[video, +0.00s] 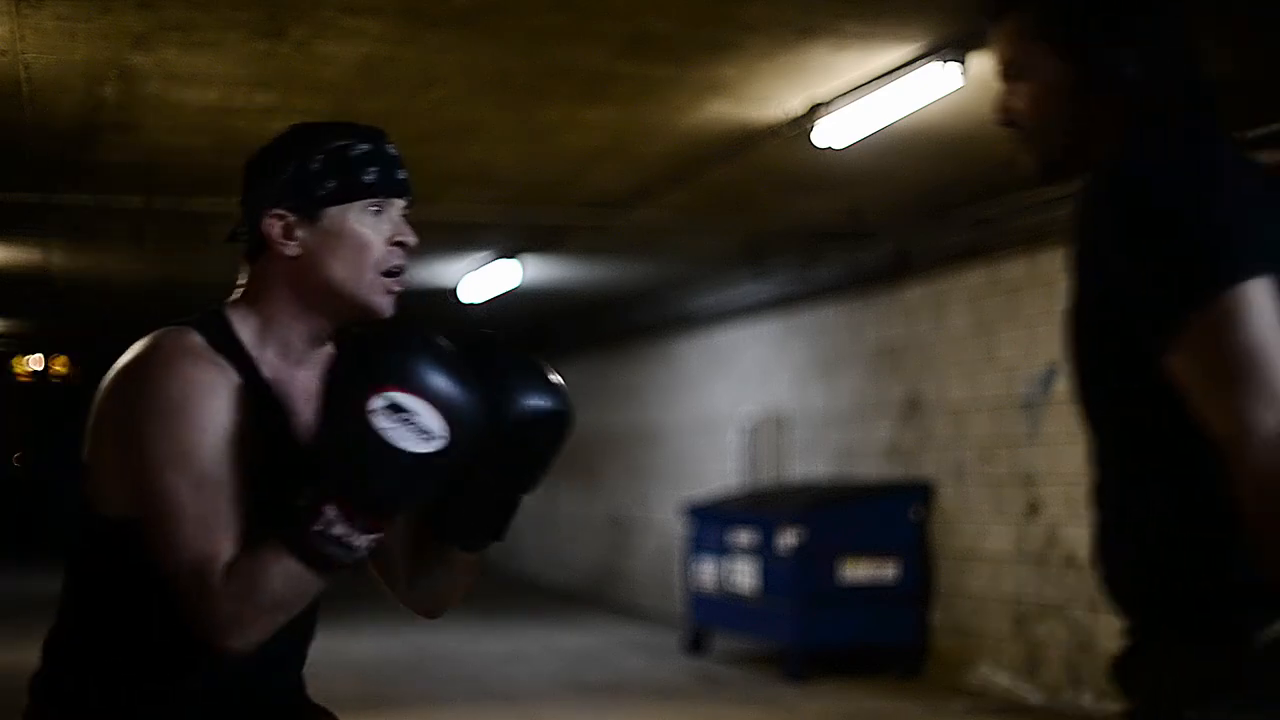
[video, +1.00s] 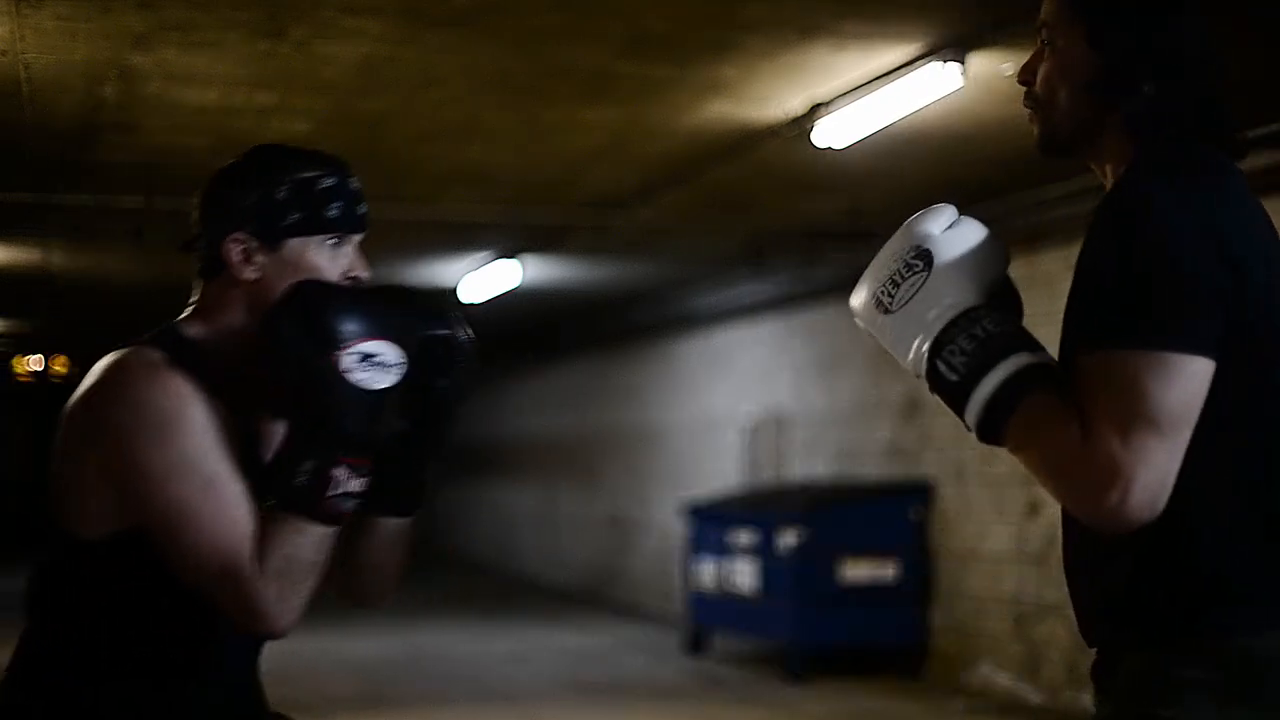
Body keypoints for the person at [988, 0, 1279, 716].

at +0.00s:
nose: (1004, 107)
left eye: (1021, 77)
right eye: (1003, 80)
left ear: (1093, 71)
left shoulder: (1175, 187)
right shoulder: (1131, 190)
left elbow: (1256, 425)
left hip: (1222, 636)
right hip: (1184, 628)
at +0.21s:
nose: (896, 77)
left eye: (913, 45)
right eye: (900, 48)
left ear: (987, 48)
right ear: (992, 50)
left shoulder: (1048, 195)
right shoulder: (1140, 176)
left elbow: (1069, 487)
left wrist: (1036, 688)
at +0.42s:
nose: (890, 68)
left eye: (910, 39)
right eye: (896, 41)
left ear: (991, 50)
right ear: (1022, 52)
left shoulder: (1017, 211)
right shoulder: (1125, 184)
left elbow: (926, 497)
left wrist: (737, 621)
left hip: (1158, 657)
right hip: (1237, 637)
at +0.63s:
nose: (964, 84)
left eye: (984, 52)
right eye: (970, 55)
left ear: (1058, 57)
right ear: (1072, 63)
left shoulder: (1094, 219)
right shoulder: (1170, 206)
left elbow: (1009, 493)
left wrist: (848, 414)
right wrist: (883, 412)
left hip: (1185, 670)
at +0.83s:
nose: (1011, 73)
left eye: (1036, 43)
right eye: (1024, 44)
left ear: (1111, 57)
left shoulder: (1152, 207)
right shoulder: (1200, 199)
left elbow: (1109, 484)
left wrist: (968, 349)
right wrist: (1003, 342)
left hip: (1193, 673)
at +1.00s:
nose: (1025, 76)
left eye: (1049, 46)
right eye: (1037, 48)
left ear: (1123, 62)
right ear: (1132, 66)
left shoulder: (1172, 212)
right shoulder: (1193, 204)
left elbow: (1120, 482)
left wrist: (965, 343)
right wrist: (992, 336)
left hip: (1197, 673)